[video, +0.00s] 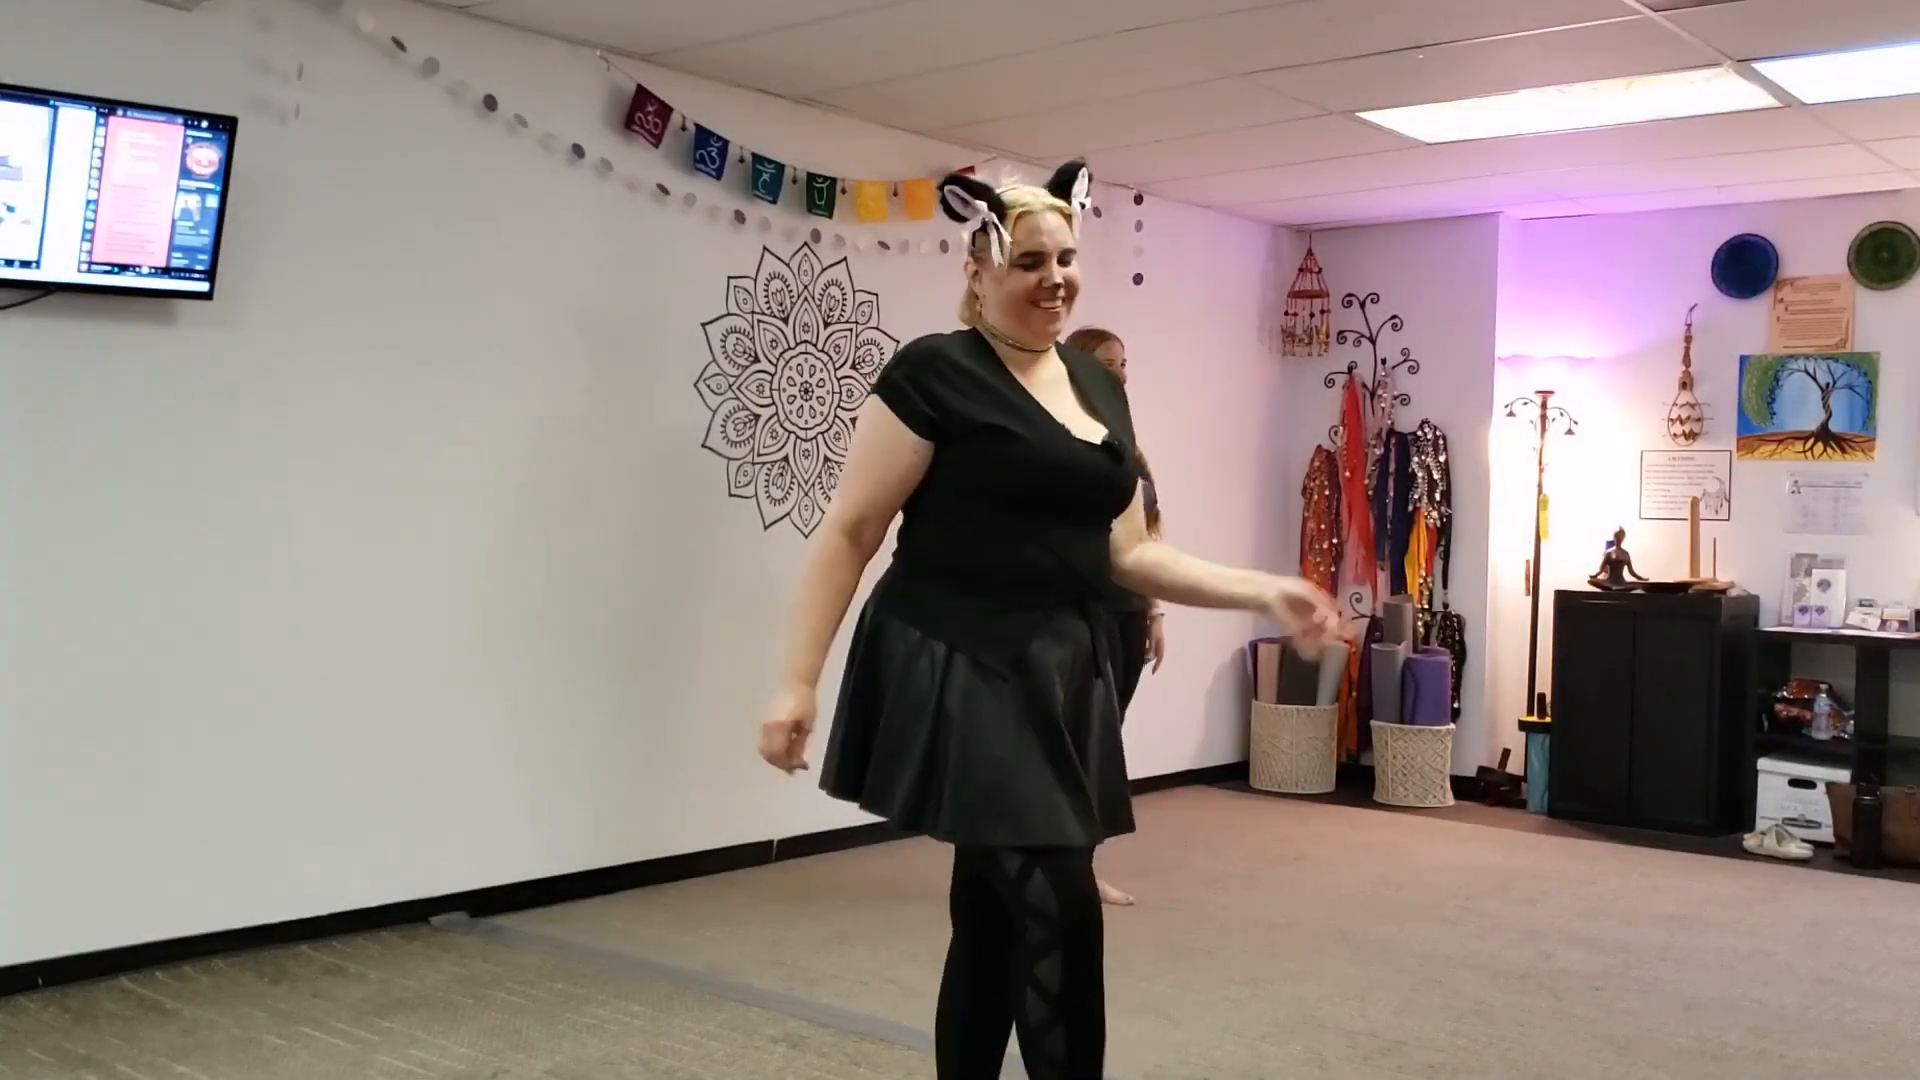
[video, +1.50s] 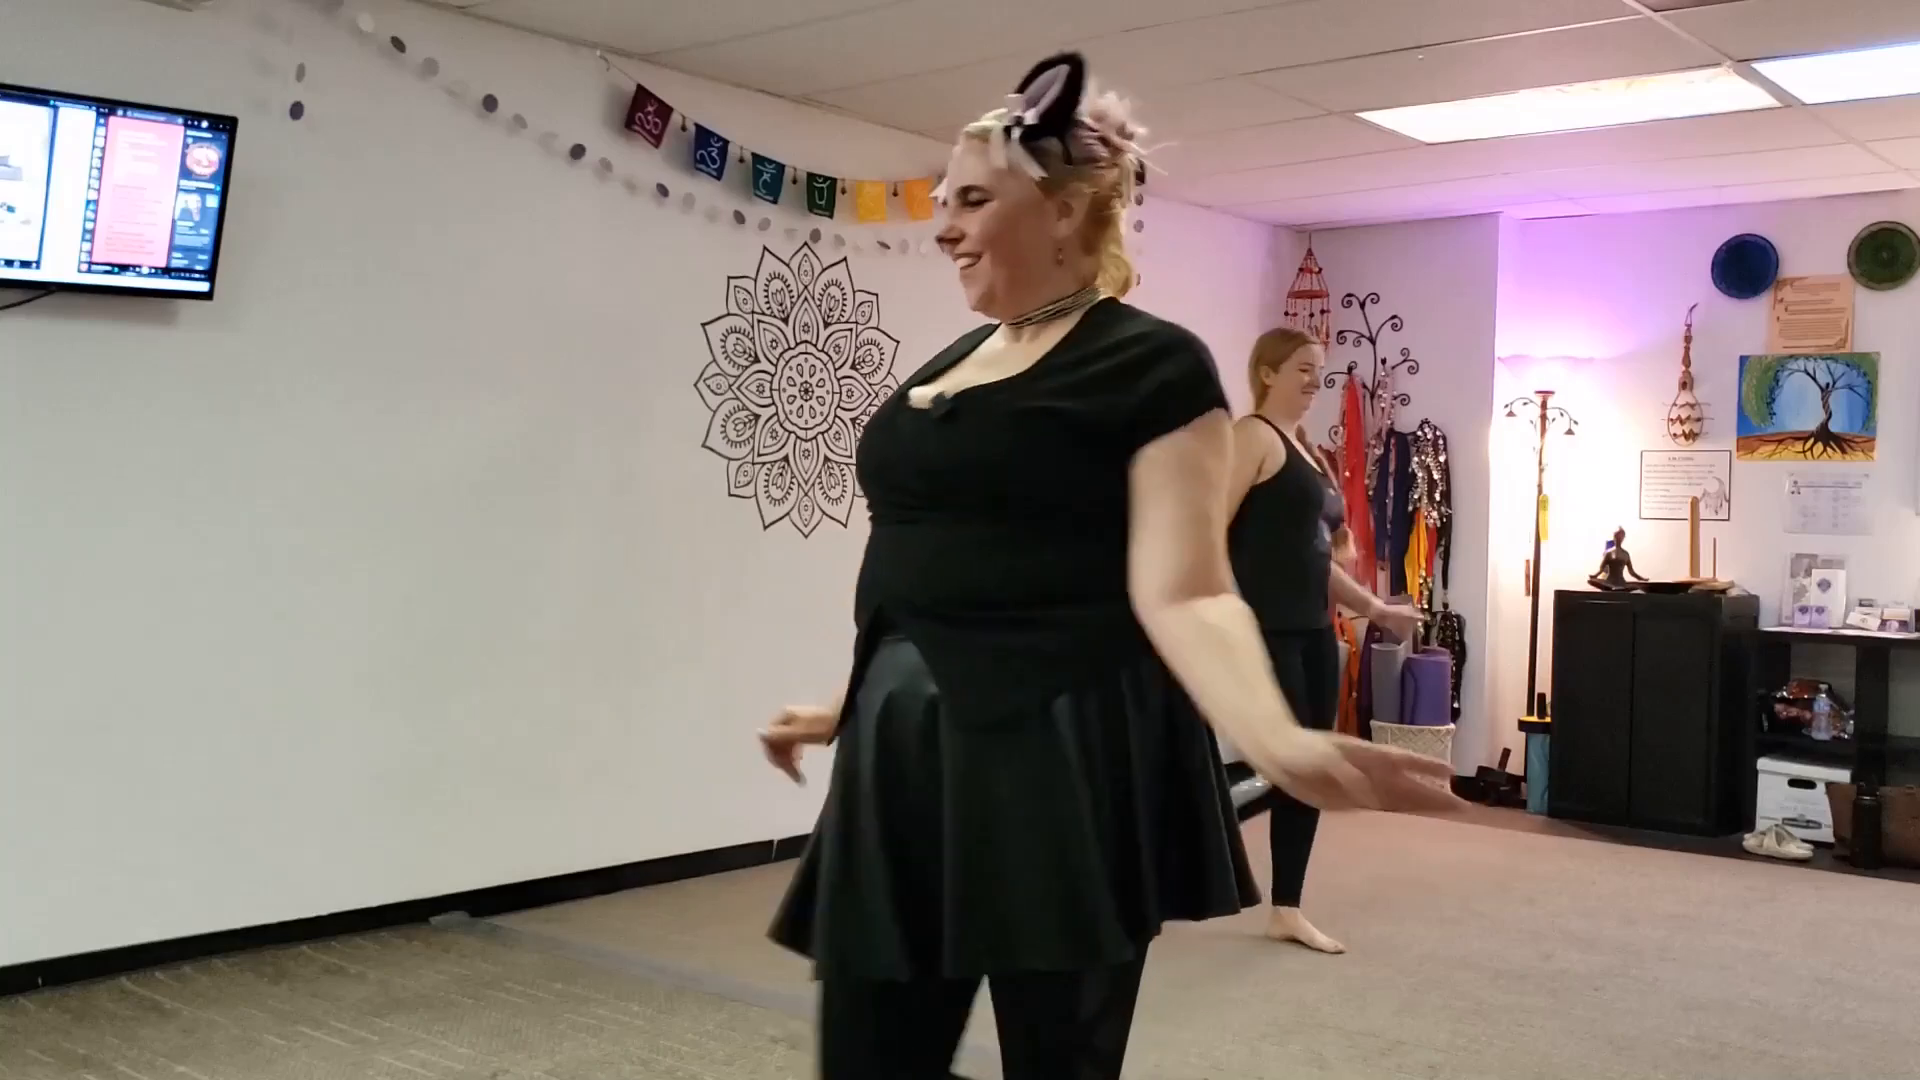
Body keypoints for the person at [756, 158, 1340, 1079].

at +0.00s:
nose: (1055, 278)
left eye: (1066, 259)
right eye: (1031, 260)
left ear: (1079, 269)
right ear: (978, 270)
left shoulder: (1086, 387)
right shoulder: (932, 374)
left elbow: (1130, 552)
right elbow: (850, 533)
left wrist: (1271, 592)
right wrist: (797, 687)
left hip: (1060, 671)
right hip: (950, 668)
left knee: (992, 924)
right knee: (1065, 909)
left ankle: (966, 1076)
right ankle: (1067, 1072)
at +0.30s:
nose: (1071, 269)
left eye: (1087, 250)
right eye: (1046, 255)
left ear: (1114, 275)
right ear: (1013, 285)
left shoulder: (1158, 405)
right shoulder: (970, 387)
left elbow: (1231, 554)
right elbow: (869, 543)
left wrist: (1367, 468)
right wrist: (770, 677)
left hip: (1107, 704)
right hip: (984, 697)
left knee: (1032, 960)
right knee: (1077, 967)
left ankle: (987, 1074)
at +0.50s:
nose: (1088, 268)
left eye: (1106, 248)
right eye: (1063, 254)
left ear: (1138, 267)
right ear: (1032, 282)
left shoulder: (1197, 397)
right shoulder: (988, 393)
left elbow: (1281, 551)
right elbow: (886, 557)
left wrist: (1395, 457)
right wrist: (773, 680)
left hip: (1159, 717)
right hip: (1012, 718)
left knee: (1180, 979)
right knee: (1079, 1006)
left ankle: (1054, 1063)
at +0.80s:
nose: (1081, 243)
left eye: (1108, 227)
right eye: (1061, 225)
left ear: (1150, 253)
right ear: (1037, 249)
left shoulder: (1214, 364)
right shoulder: (983, 377)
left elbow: (1299, 534)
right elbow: (894, 550)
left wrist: (1424, 547)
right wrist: (766, 637)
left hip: (1180, 718)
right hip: (1024, 721)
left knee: (1168, 996)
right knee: (1073, 1008)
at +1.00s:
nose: (1054, 222)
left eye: (1086, 201)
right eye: (1042, 206)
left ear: (1148, 224)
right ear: (1029, 234)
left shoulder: (1219, 369)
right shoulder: (989, 367)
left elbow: (1286, 569)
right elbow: (918, 551)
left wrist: (1374, 699)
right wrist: (803, 641)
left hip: (1164, 749)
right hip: (1010, 748)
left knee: (1103, 1047)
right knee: (1061, 1041)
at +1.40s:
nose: (979, 217)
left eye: (1008, 192)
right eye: (975, 199)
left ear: (1102, 200)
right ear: (973, 216)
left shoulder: (1181, 365)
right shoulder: (962, 356)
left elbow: (1233, 605)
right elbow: (912, 561)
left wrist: (1335, 783)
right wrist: (804, 685)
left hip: (1082, 771)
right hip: (921, 764)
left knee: (1061, 1057)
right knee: (944, 1056)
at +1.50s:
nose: (944, 228)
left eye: (973, 199)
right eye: (946, 204)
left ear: (1072, 207)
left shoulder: (1156, 365)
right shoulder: (950, 366)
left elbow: (1188, 593)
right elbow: (934, 592)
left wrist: (1282, 741)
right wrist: (848, 711)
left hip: (1071, 773)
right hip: (907, 762)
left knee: (1060, 1060)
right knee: (866, 1059)